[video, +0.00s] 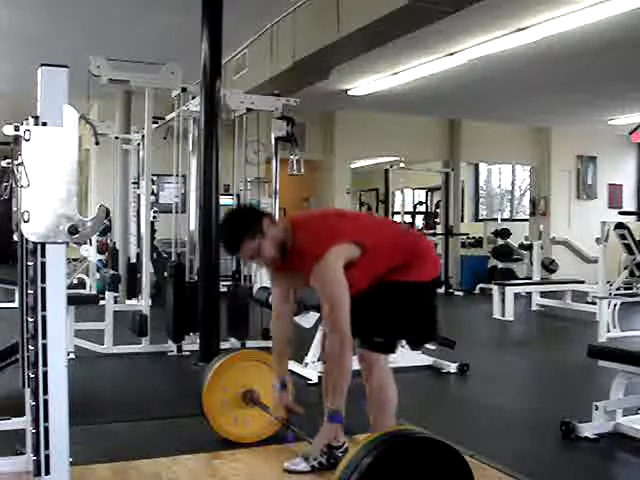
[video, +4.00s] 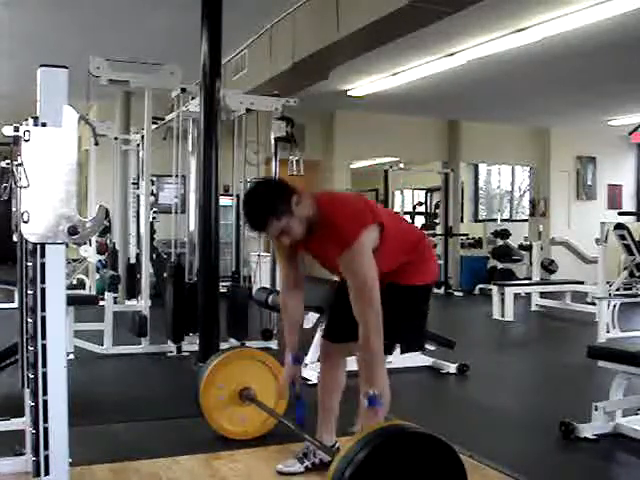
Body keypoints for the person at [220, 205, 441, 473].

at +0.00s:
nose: (261, 262)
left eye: (258, 252)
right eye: (253, 260)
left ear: (270, 224)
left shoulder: (321, 250)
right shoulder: (281, 250)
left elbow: (339, 337)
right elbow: (281, 315)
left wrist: (334, 419)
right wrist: (282, 383)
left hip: (411, 267)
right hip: (366, 273)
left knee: (372, 356)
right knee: (332, 345)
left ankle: (385, 450)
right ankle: (333, 441)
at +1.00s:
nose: (220, 284)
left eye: (215, 277)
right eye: (214, 279)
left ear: (223, 264)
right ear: (228, 259)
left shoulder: (299, 281)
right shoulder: (264, 276)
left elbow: (335, 355)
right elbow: (285, 335)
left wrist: (336, 424)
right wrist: (289, 395)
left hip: (395, 291)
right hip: (364, 295)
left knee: (330, 372)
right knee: (297, 354)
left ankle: (375, 456)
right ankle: (330, 447)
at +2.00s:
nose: (247, 124)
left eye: (249, 113)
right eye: (242, 117)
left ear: (272, 99)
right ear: (260, 110)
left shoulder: (316, 138)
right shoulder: (283, 153)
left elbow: (362, 186)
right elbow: (307, 212)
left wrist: (354, 247)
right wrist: (311, 258)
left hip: (370, 258)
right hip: (335, 262)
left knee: (361, 351)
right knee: (326, 346)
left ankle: (383, 447)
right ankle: (331, 445)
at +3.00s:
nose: (361, 102)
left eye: (366, 91)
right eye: (353, 96)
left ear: (383, 81)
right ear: (348, 95)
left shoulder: (413, 126)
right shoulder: (351, 135)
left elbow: (424, 192)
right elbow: (340, 190)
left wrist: (368, 223)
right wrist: (344, 221)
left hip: (398, 260)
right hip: (360, 260)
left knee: (385, 351)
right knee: (365, 350)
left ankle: (412, 443)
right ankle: (375, 442)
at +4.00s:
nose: (283, 240)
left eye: (284, 230)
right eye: (275, 236)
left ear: (298, 204)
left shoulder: (346, 223)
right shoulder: (287, 229)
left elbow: (369, 321)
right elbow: (291, 291)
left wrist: (374, 398)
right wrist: (291, 358)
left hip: (406, 271)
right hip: (359, 271)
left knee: (369, 356)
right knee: (330, 349)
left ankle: (365, 452)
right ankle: (324, 444)